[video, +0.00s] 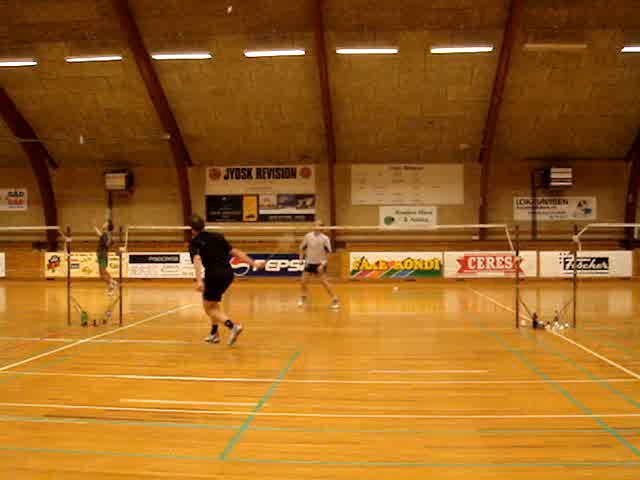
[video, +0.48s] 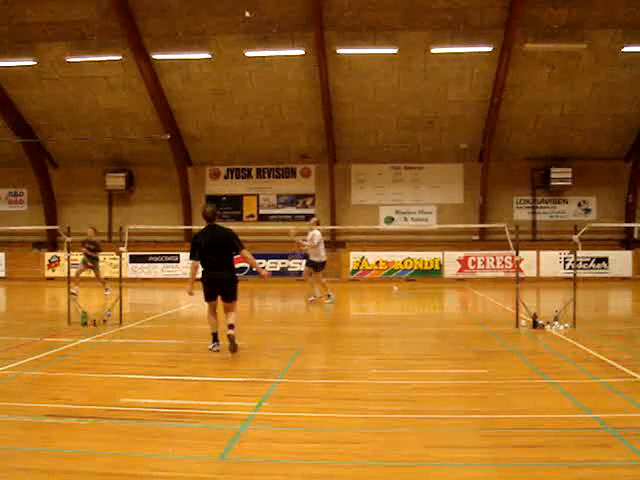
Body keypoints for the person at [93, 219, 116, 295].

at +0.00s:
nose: (103, 225)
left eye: (105, 224)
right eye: (104, 223)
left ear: (108, 227)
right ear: (106, 226)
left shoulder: (107, 235)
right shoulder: (104, 234)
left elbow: (99, 233)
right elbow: (98, 232)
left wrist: (94, 227)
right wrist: (94, 226)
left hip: (103, 255)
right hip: (100, 254)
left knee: (103, 273)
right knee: (103, 272)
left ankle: (112, 284)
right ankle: (111, 283)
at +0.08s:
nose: (103, 225)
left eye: (106, 225)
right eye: (104, 224)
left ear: (108, 227)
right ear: (105, 225)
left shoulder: (106, 234)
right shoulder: (103, 232)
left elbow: (101, 242)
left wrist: (97, 236)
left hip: (101, 254)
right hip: (97, 253)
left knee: (103, 270)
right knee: (101, 270)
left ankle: (110, 281)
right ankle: (108, 281)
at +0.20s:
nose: (103, 228)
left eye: (105, 228)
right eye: (103, 227)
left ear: (107, 231)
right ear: (102, 228)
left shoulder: (105, 239)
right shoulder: (98, 236)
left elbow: (99, 248)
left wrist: (96, 240)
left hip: (100, 255)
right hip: (94, 254)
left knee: (100, 272)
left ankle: (107, 286)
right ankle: (104, 282)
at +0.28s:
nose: (99, 233)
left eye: (102, 232)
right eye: (99, 231)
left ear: (104, 234)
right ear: (98, 233)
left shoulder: (103, 242)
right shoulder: (95, 239)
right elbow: (87, 247)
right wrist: (86, 240)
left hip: (100, 258)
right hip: (93, 256)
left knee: (99, 277)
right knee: (84, 270)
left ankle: (107, 287)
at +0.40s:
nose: (92, 234)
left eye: (94, 232)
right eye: (91, 232)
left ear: (97, 234)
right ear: (90, 233)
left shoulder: (98, 243)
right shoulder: (88, 242)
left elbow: (100, 254)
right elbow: (86, 253)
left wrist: (89, 252)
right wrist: (89, 262)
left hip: (96, 261)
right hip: (88, 259)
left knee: (99, 277)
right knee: (78, 272)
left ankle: (106, 288)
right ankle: (76, 288)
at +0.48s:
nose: (89, 234)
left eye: (91, 232)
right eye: (88, 232)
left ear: (94, 233)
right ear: (87, 233)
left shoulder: (96, 243)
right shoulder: (85, 241)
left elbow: (97, 255)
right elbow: (83, 252)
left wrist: (87, 252)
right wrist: (87, 262)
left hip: (94, 260)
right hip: (86, 259)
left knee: (98, 277)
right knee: (77, 273)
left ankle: (106, 288)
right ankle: (76, 289)